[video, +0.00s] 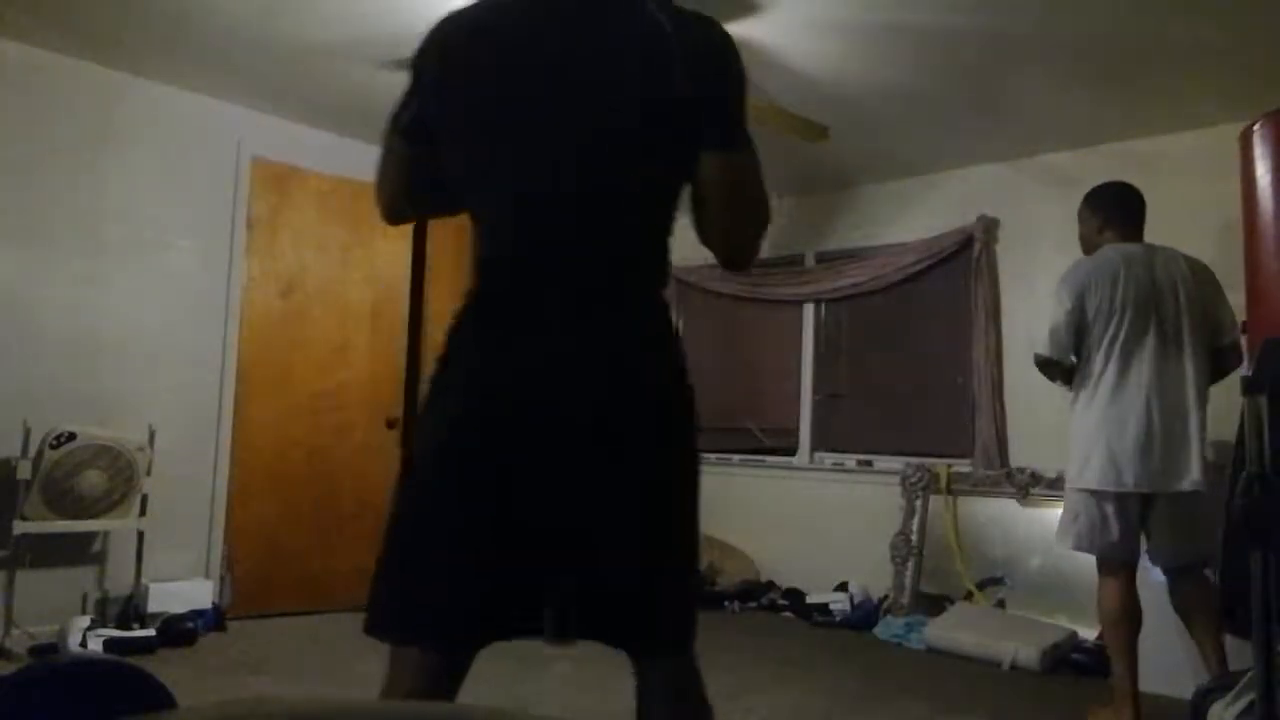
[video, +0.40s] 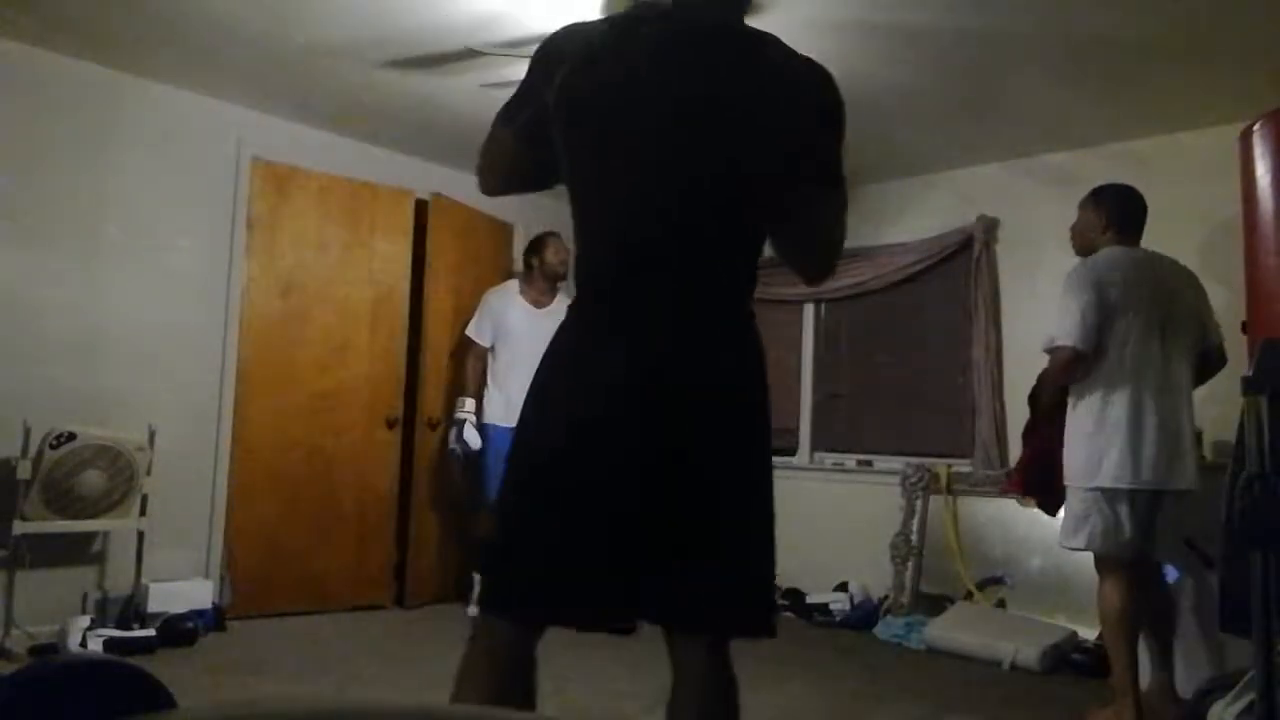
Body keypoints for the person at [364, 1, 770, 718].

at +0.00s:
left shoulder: (467, 34)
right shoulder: (690, 41)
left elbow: (397, 197)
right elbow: (737, 240)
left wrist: (514, 158)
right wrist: (691, 115)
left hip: (494, 362)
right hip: (631, 369)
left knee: (424, 658)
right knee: (665, 658)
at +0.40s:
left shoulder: (579, 52)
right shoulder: (797, 82)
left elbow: (499, 171)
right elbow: (815, 255)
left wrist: (601, 114)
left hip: (594, 360)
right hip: (716, 369)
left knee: (507, 622)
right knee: (700, 639)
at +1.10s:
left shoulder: (579, 39)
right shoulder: (787, 87)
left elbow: (491, 130)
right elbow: (802, 246)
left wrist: (545, 181)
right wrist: (720, 187)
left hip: (583, 353)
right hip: (706, 365)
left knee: (506, 624)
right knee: (703, 640)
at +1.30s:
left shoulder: (533, 38)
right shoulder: (747, 83)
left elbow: (442, 127)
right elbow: (792, 257)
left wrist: (460, 186)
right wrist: (708, 167)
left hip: (548, 357)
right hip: (673, 368)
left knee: (497, 642)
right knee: (689, 646)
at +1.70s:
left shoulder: (445, 30)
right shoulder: (664, 68)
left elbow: (362, 108)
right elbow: (743, 241)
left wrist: (467, 89)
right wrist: (686, 127)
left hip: (471, 363)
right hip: (599, 370)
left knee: (451, 645)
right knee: (639, 635)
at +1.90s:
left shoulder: (450, 36)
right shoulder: (658, 77)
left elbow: (394, 79)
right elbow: (711, 235)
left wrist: (441, 2)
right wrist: (677, 107)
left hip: (466, 365)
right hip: (592, 371)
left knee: (446, 644)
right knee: (633, 634)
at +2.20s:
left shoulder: (479, 58)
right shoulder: (676, 82)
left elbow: (455, 15)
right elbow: (682, 211)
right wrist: (688, 74)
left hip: (493, 362)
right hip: (614, 368)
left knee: (461, 640)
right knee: (650, 635)